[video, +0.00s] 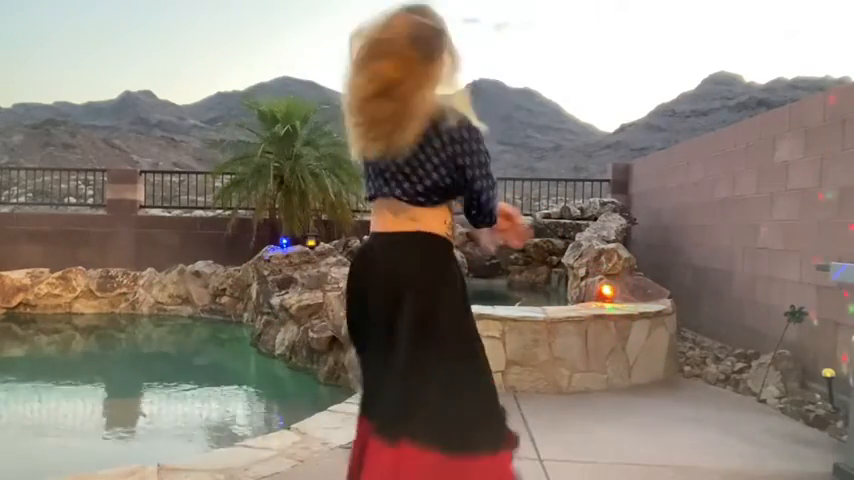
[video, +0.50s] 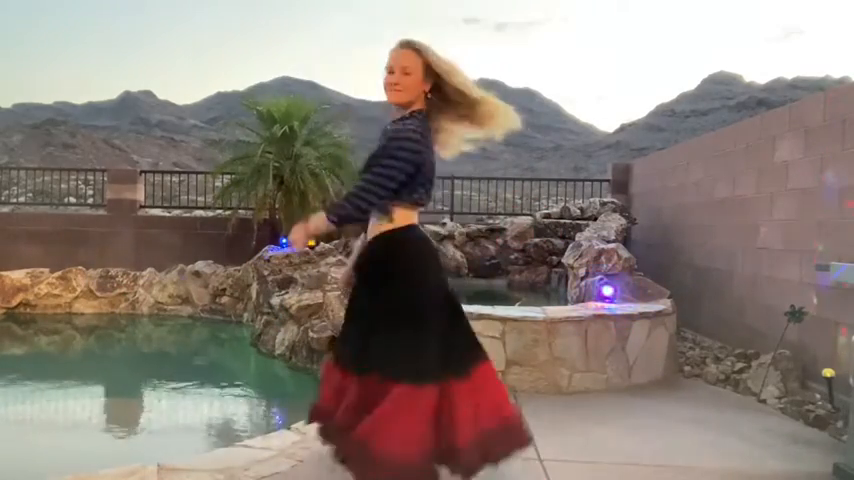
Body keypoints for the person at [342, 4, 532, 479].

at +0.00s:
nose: (450, 62)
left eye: (446, 54)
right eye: (446, 54)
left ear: (381, 58)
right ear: (439, 61)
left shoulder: (374, 119)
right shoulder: (455, 126)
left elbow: (417, 192)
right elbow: (482, 211)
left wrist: (491, 209)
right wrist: (503, 223)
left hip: (373, 262)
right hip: (428, 266)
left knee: (386, 394)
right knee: (457, 398)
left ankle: (388, 472)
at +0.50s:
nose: (392, 78)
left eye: (403, 73)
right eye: (390, 71)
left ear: (427, 85)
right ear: (387, 75)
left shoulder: (408, 131)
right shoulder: (407, 128)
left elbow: (369, 194)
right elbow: (385, 200)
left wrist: (315, 223)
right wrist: (360, 258)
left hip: (397, 255)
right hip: (402, 250)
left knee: (396, 364)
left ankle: (394, 460)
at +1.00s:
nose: (390, 77)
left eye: (398, 70)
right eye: (381, 71)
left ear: (411, 79)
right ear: (369, 80)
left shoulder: (428, 137)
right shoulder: (352, 134)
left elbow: (451, 201)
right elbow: (324, 191)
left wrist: (471, 263)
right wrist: (292, 241)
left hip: (411, 258)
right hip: (354, 257)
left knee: (415, 365)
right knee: (354, 364)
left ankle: (417, 460)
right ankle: (357, 459)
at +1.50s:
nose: (415, 74)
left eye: (415, 64)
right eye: (404, 67)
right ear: (376, 79)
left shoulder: (376, 124)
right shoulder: (394, 128)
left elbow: (357, 197)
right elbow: (409, 198)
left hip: (380, 248)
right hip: (398, 252)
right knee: (411, 357)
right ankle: (404, 458)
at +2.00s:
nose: (377, 88)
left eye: (389, 81)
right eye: (380, 79)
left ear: (416, 93)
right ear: (413, 93)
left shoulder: (396, 136)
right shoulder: (426, 146)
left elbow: (365, 192)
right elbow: (459, 201)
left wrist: (317, 226)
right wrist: (500, 243)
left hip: (386, 264)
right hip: (416, 262)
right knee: (418, 378)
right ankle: (420, 463)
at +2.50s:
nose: (405, 77)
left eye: (413, 69)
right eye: (396, 71)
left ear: (431, 76)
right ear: (385, 80)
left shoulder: (450, 136)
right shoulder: (368, 137)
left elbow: (489, 176)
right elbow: (313, 169)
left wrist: (538, 199)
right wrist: (252, 190)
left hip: (441, 261)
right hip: (389, 261)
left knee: (429, 363)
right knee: (396, 366)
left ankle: (408, 450)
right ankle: (398, 460)